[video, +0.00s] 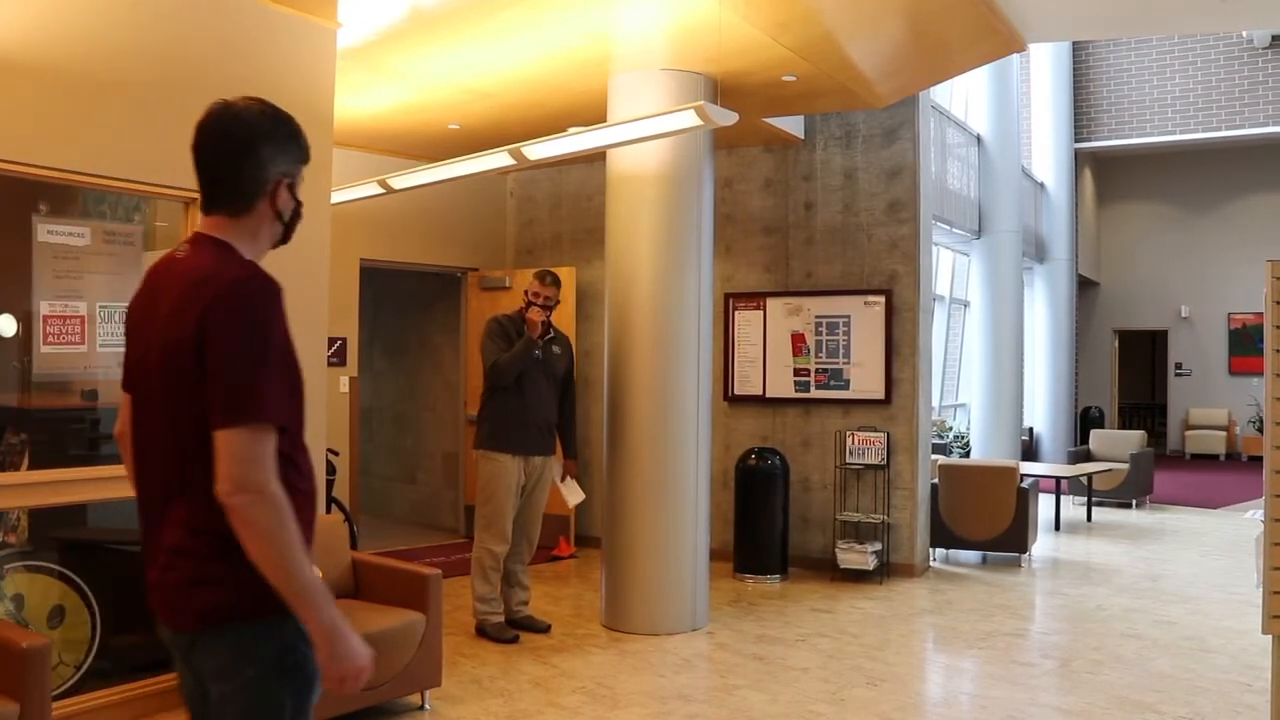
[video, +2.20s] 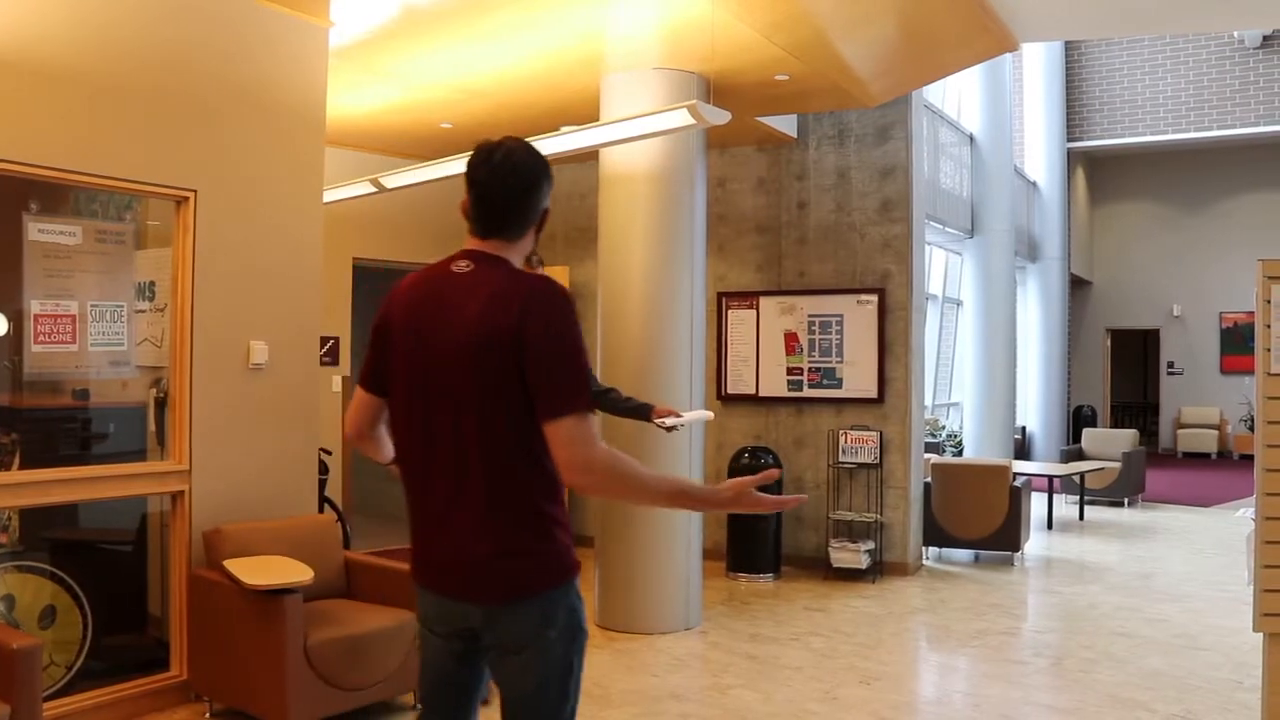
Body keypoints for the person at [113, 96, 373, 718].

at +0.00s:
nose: (300, 201)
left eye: (300, 183)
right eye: (299, 183)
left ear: (209, 180)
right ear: (279, 192)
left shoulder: (160, 280)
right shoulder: (244, 290)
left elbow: (132, 436)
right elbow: (247, 485)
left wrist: (182, 541)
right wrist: (329, 626)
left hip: (188, 603)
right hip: (250, 614)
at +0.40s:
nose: (345, 210)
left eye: (346, 193)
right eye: (346, 193)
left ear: (258, 189)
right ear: (333, 203)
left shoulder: (200, 291)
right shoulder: (304, 299)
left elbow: (166, 432)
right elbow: (311, 486)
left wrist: (205, 529)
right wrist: (395, 600)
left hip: (230, 585)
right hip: (293, 598)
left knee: (282, 703)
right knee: (299, 707)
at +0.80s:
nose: (393, 217)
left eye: (393, 200)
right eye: (389, 200)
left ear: (306, 203)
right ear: (356, 206)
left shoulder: (254, 291)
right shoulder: (344, 296)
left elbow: (219, 433)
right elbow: (353, 472)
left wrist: (254, 533)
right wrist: (438, 568)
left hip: (278, 573)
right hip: (334, 585)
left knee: (337, 706)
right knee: (335, 711)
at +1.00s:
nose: (408, 221)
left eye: (409, 205)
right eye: (406, 204)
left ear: (325, 202)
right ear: (377, 207)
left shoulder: (277, 288)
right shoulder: (363, 293)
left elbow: (238, 425)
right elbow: (386, 458)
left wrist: (296, 490)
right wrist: (511, 521)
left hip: (295, 567)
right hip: (355, 579)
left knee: (338, 707)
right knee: (362, 709)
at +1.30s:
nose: (425, 228)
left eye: (426, 213)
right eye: (426, 212)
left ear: (347, 207)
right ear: (408, 216)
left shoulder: (299, 292)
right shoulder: (388, 294)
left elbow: (261, 422)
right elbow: (414, 448)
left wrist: (333, 463)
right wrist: (544, 492)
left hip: (318, 555)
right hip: (391, 562)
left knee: (349, 712)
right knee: (443, 707)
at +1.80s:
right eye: (478, 218)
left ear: (396, 212)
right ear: (469, 224)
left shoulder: (343, 298)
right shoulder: (459, 304)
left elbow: (303, 422)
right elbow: (496, 458)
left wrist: (369, 457)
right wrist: (624, 494)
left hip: (370, 559)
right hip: (451, 563)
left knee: (385, 711)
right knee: (498, 707)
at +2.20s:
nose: (546, 223)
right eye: (548, 212)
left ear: (464, 206)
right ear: (541, 218)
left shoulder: (406, 296)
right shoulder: (539, 301)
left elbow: (360, 430)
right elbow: (582, 461)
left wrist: (416, 462)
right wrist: (709, 496)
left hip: (439, 573)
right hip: (528, 582)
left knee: (440, 714)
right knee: (541, 713)